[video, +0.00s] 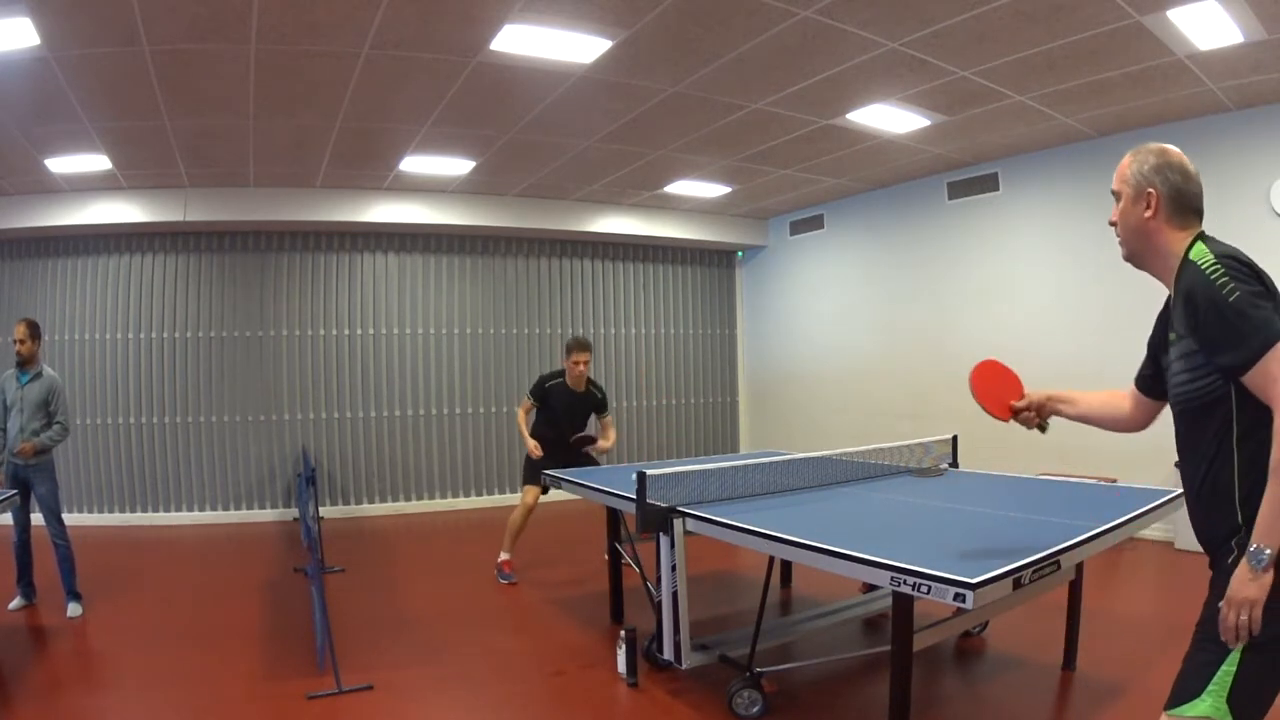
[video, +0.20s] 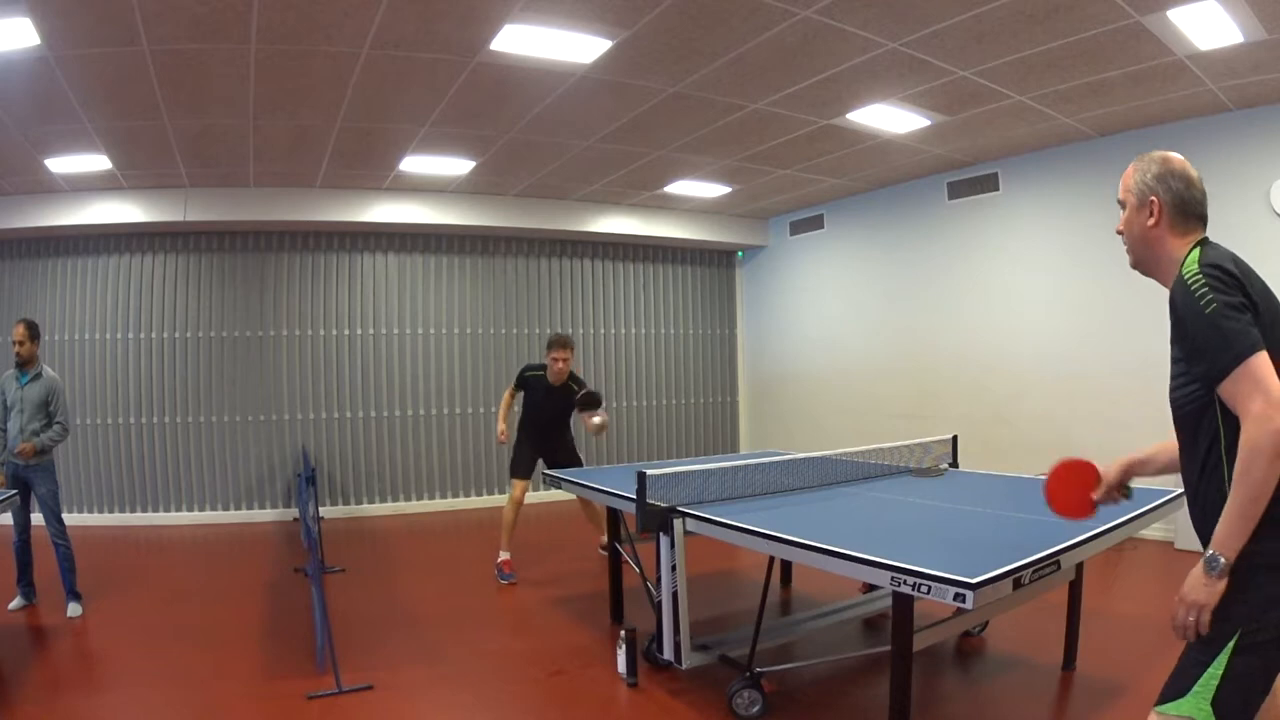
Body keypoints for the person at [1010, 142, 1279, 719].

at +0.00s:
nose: (1109, 218)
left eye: (1116, 199)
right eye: (1111, 200)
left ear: (1149, 205)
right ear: (1153, 206)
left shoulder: (1212, 282)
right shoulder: (1183, 299)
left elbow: (1278, 405)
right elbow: (1136, 410)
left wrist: (1259, 558)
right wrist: (1051, 402)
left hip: (1257, 561)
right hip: (1240, 555)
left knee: (1194, 712)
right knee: (1209, 709)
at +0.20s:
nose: (1116, 226)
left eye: (1123, 207)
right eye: (1118, 208)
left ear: (1153, 212)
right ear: (1161, 212)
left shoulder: (1199, 286)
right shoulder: (1219, 275)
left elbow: (1266, 417)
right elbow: (1226, 428)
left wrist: (1214, 564)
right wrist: (1138, 465)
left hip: (1259, 567)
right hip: (1261, 560)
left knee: (1184, 711)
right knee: (1208, 707)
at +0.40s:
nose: (1121, 278)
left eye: (1127, 259)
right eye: (1123, 261)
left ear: (1160, 263)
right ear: (1166, 263)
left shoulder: (1213, 333)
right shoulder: (1219, 321)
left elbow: (1272, 465)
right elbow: (1224, 473)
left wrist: (1209, 587)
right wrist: (1161, 557)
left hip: (1268, 581)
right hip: (1262, 573)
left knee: (1178, 712)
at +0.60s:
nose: (1109, 263)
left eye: (1117, 243)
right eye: (1108, 245)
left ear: (1164, 242)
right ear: (1160, 244)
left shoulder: (1239, 324)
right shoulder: (1173, 342)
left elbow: (1279, 477)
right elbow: (1133, 468)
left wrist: (1221, 612)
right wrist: (1040, 510)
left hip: (1275, 586)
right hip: (1249, 582)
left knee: (1206, 710)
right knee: (1261, 704)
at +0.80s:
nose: (1103, 379)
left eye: (1115, 351)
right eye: (1085, 358)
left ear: (1165, 311)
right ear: (1070, 338)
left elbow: (1279, 612)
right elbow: (1119, 396)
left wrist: (1273, 703)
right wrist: (1054, 447)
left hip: (1260, 635)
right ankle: (1233, 690)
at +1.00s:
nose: (1057, 439)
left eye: (1063, 418)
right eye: (1043, 423)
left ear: (1114, 368)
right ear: (1111, 365)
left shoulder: (1254, 457)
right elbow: (1148, 444)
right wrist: (1142, 519)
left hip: (1266, 621)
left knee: (1225, 707)